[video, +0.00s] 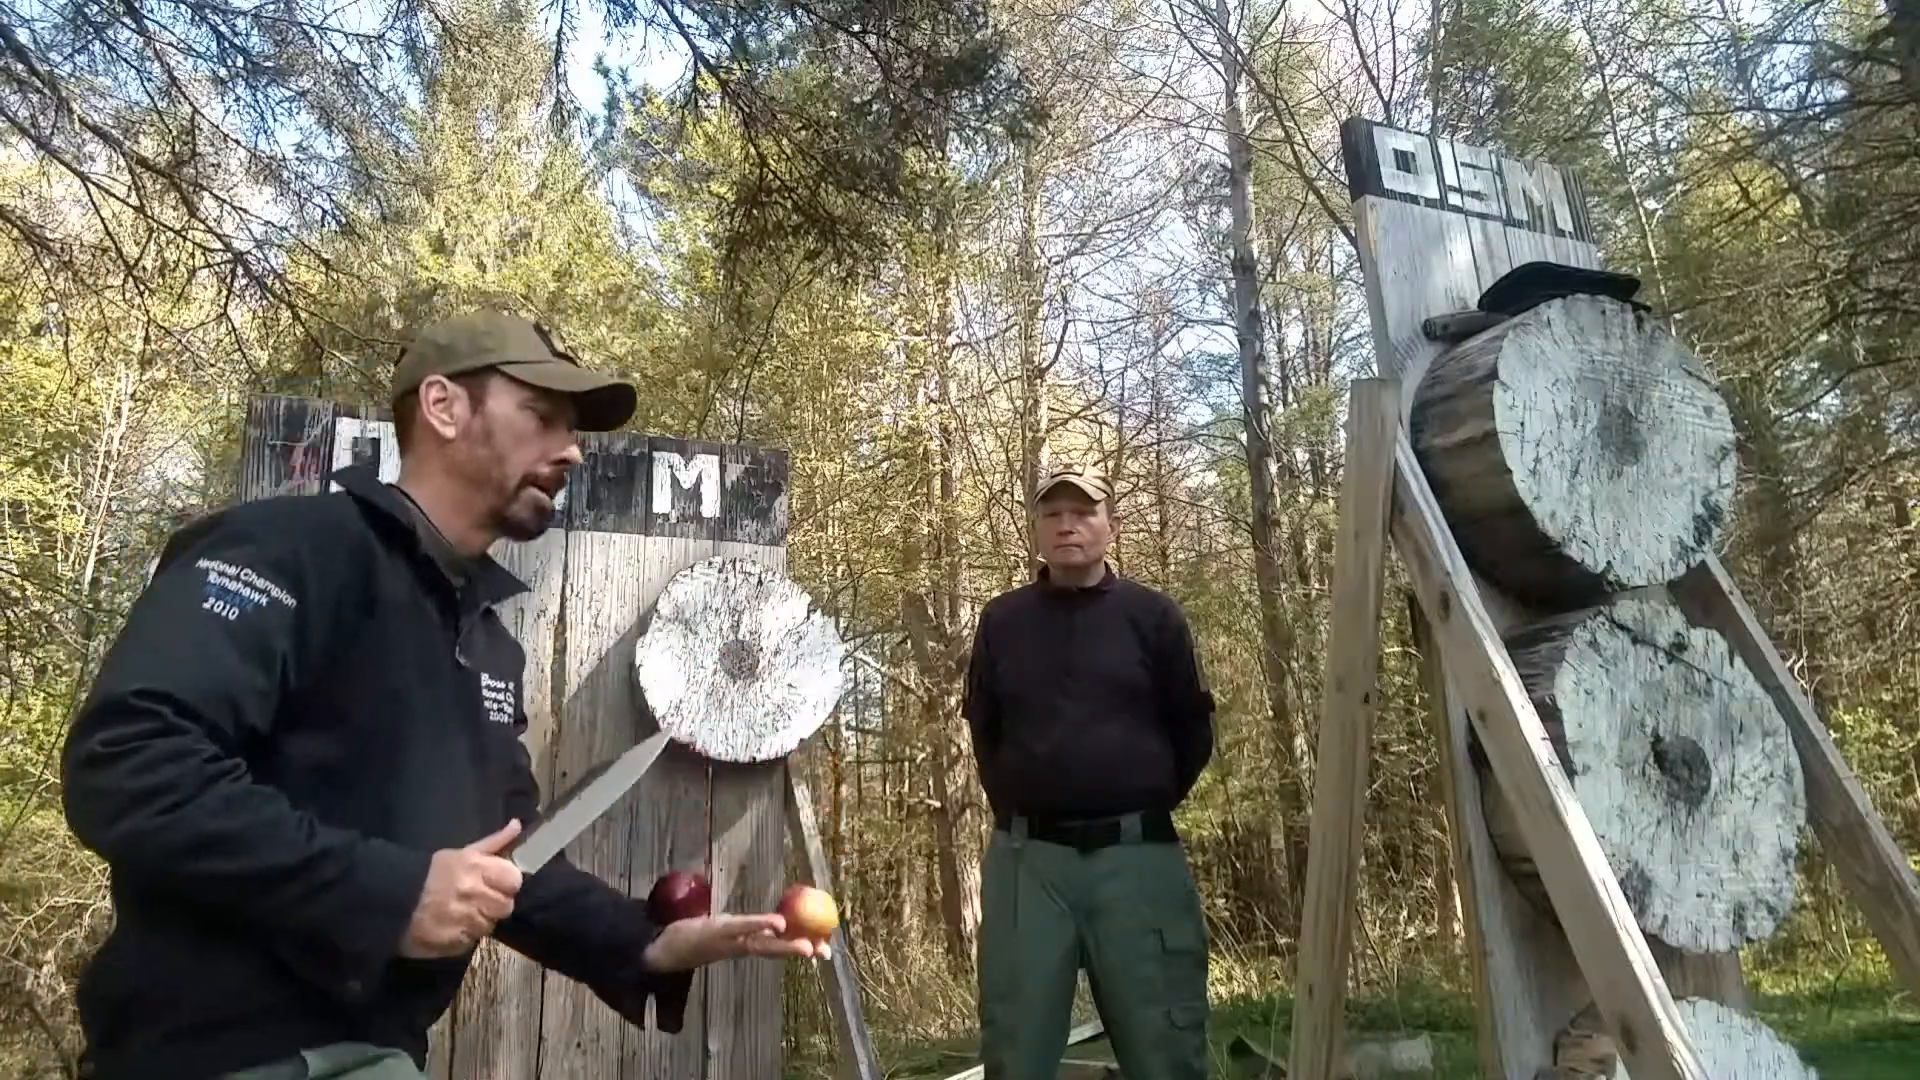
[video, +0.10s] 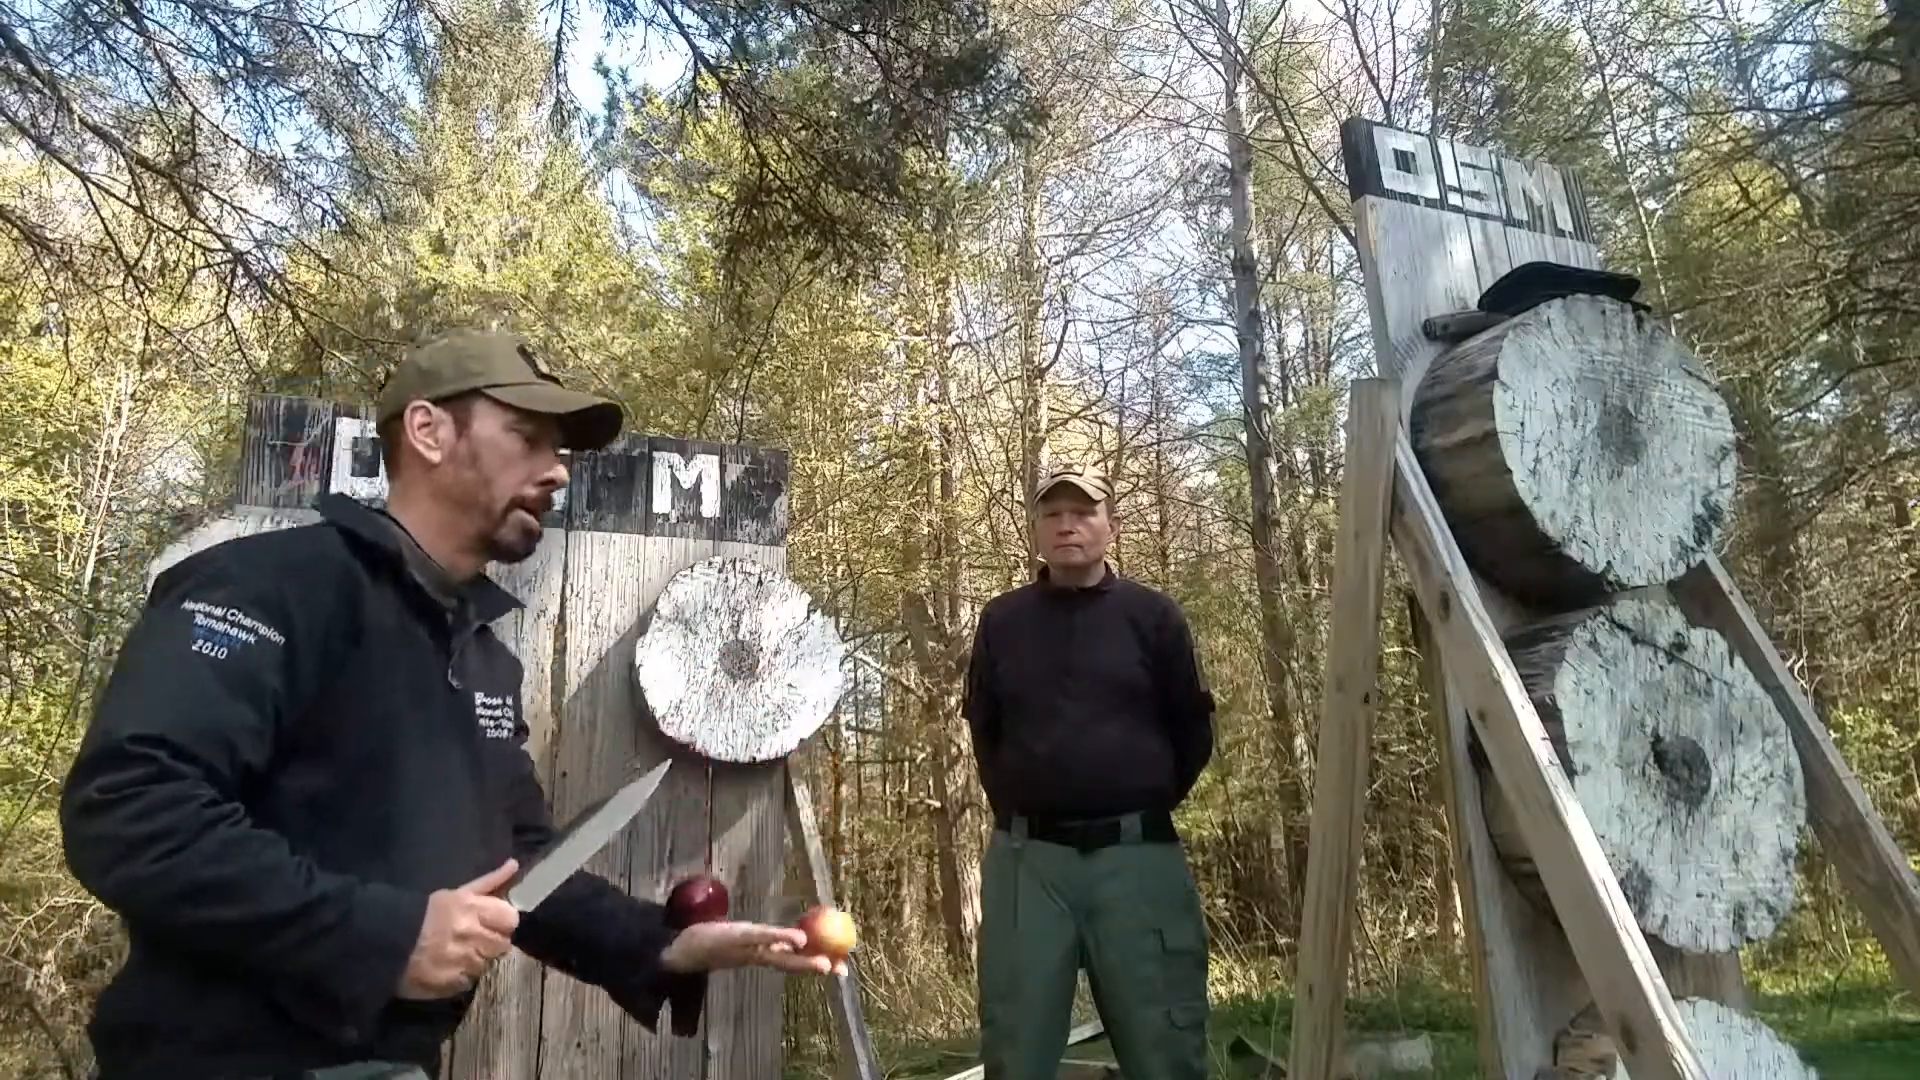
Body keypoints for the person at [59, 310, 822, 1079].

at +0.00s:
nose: (570, 453)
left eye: (573, 427)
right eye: (544, 416)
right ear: (444, 408)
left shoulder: (490, 643)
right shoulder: (286, 546)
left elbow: (487, 856)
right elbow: (126, 771)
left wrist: (648, 939)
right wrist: (393, 891)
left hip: (375, 1042)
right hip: (234, 1043)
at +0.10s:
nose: (559, 472)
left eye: (564, 449)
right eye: (531, 439)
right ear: (428, 433)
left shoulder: (485, 662)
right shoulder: (268, 583)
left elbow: (521, 868)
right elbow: (128, 812)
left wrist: (672, 944)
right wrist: (389, 933)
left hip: (396, 1052)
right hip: (224, 1053)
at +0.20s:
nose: (545, 424)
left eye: (546, 399)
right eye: (517, 391)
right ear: (415, 387)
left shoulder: (486, 595)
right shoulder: (265, 538)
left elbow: (560, 762)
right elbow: (163, 748)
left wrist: (756, 777)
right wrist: (460, 803)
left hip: (419, 1021)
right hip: (285, 1025)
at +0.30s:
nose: (527, 343)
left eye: (525, 320)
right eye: (499, 312)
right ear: (401, 314)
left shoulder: (491, 497)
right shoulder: (298, 443)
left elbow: (609, 627)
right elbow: (277, 600)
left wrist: (778, 580)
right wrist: (538, 490)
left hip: (425, 924)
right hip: (343, 930)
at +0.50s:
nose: (513, 296)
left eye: (510, 275)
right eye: (480, 269)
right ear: (388, 285)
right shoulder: (385, 388)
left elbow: (559, 623)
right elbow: (570, 506)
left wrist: (585, 474)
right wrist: (781, 512)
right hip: (387, 887)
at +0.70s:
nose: (639, 378)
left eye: (636, 353)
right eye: (608, 346)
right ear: (510, 354)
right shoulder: (453, 469)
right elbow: (568, 667)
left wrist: (596, 560)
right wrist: (713, 485)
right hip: (418, 985)